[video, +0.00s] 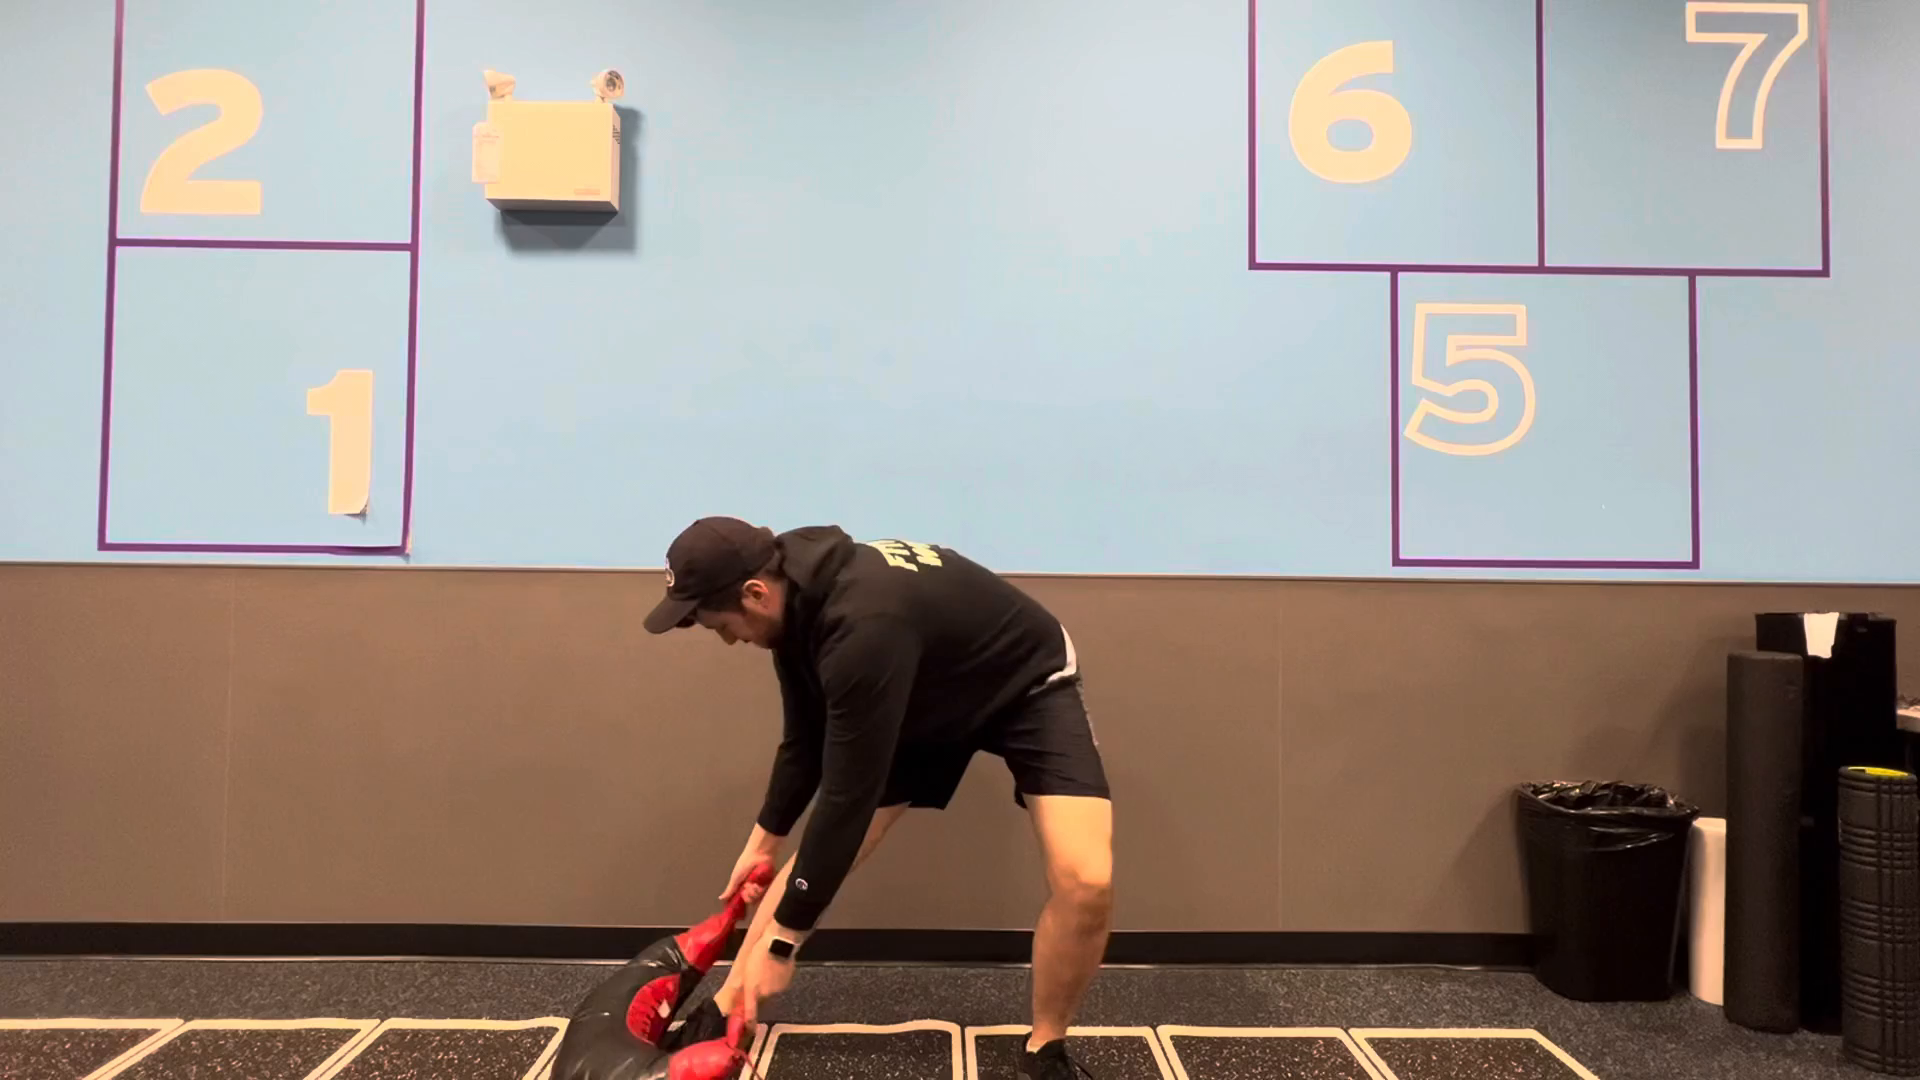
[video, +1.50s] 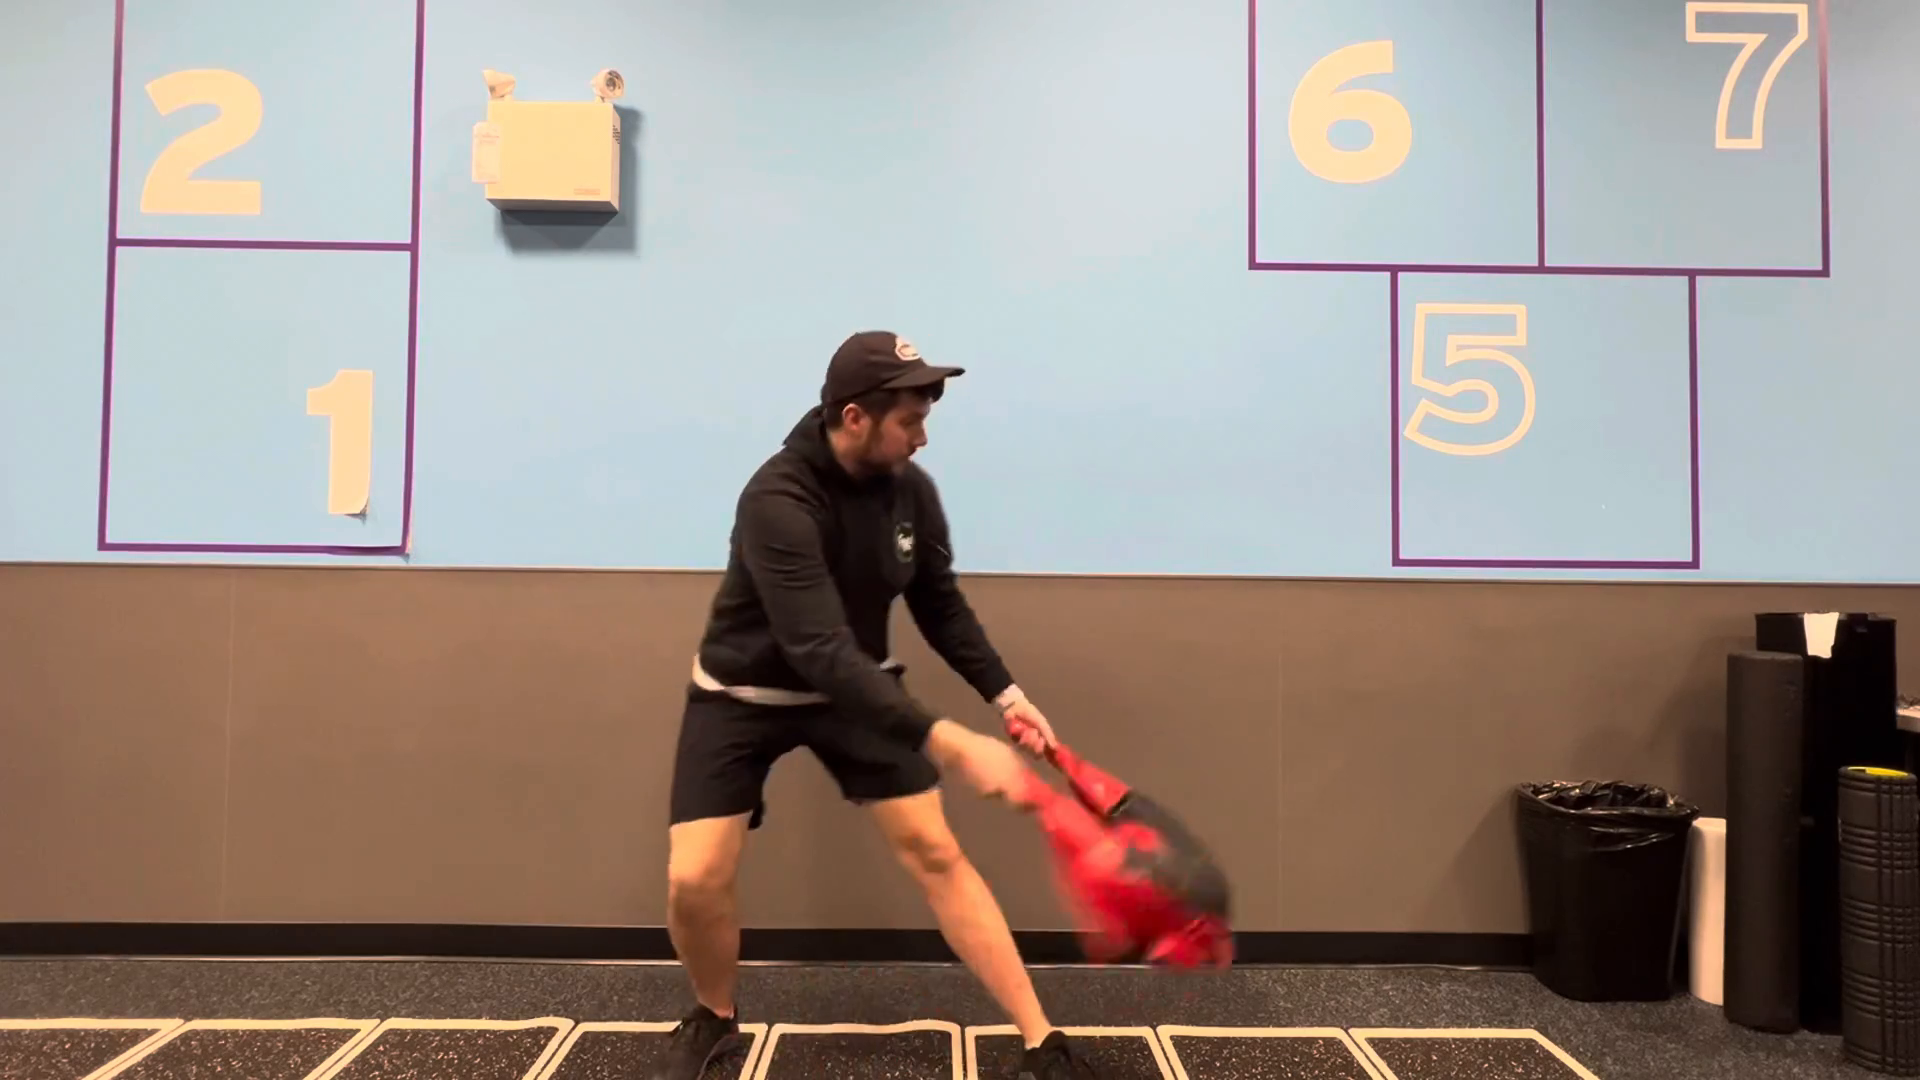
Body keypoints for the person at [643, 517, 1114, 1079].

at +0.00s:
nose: (719, 635)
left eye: (715, 622)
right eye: (708, 626)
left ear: (757, 593)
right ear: (757, 592)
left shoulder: (864, 629)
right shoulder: (792, 602)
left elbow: (847, 802)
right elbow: (804, 739)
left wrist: (781, 942)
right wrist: (762, 847)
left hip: (1031, 678)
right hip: (926, 693)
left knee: (1087, 881)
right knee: (823, 855)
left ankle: (1047, 1049)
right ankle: (724, 1013)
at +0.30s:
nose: (736, 629)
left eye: (734, 616)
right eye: (726, 620)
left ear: (776, 588)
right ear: (776, 586)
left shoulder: (880, 623)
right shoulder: (809, 599)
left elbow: (848, 794)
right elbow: (813, 737)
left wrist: (756, 925)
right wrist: (771, 843)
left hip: (1040, 688)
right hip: (933, 705)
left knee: (1097, 888)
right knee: (837, 856)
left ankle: (1048, 1048)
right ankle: (718, 1015)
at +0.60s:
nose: (732, 630)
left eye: (731, 617)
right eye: (722, 620)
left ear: (775, 591)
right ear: (776, 588)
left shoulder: (878, 629)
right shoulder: (804, 604)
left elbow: (845, 798)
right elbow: (810, 738)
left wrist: (754, 935)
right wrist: (771, 845)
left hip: (1031, 686)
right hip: (926, 699)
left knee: (1088, 882)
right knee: (835, 853)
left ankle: (1049, 1046)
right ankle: (711, 1014)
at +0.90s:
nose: (747, 606)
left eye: (752, 592)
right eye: (740, 595)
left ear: (803, 570)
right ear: (801, 568)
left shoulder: (905, 615)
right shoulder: (795, 595)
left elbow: (856, 787)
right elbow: (802, 719)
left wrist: (762, 916)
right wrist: (756, 828)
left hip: (1015, 682)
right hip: (907, 693)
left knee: (1068, 871)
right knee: (798, 852)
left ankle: (1048, 1048)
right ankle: (714, 1016)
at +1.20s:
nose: (865, 460)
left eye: (881, 442)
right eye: (848, 444)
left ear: (912, 434)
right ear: (821, 440)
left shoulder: (972, 509)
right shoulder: (797, 508)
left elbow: (1008, 653)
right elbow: (774, 641)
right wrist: (736, 772)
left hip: (961, 678)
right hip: (849, 673)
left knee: (1022, 841)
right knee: (771, 835)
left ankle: (1044, 1045)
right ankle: (713, 1019)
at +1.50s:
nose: (922, 433)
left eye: (924, 417)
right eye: (910, 418)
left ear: (867, 417)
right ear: (853, 417)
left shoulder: (910, 493)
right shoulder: (778, 500)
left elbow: (940, 605)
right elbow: (822, 651)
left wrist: (1008, 697)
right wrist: (951, 741)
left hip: (853, 687)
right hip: (738, 696)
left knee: (936, 851)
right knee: (694, 879)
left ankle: (1041, 1040)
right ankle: (715, 1018)